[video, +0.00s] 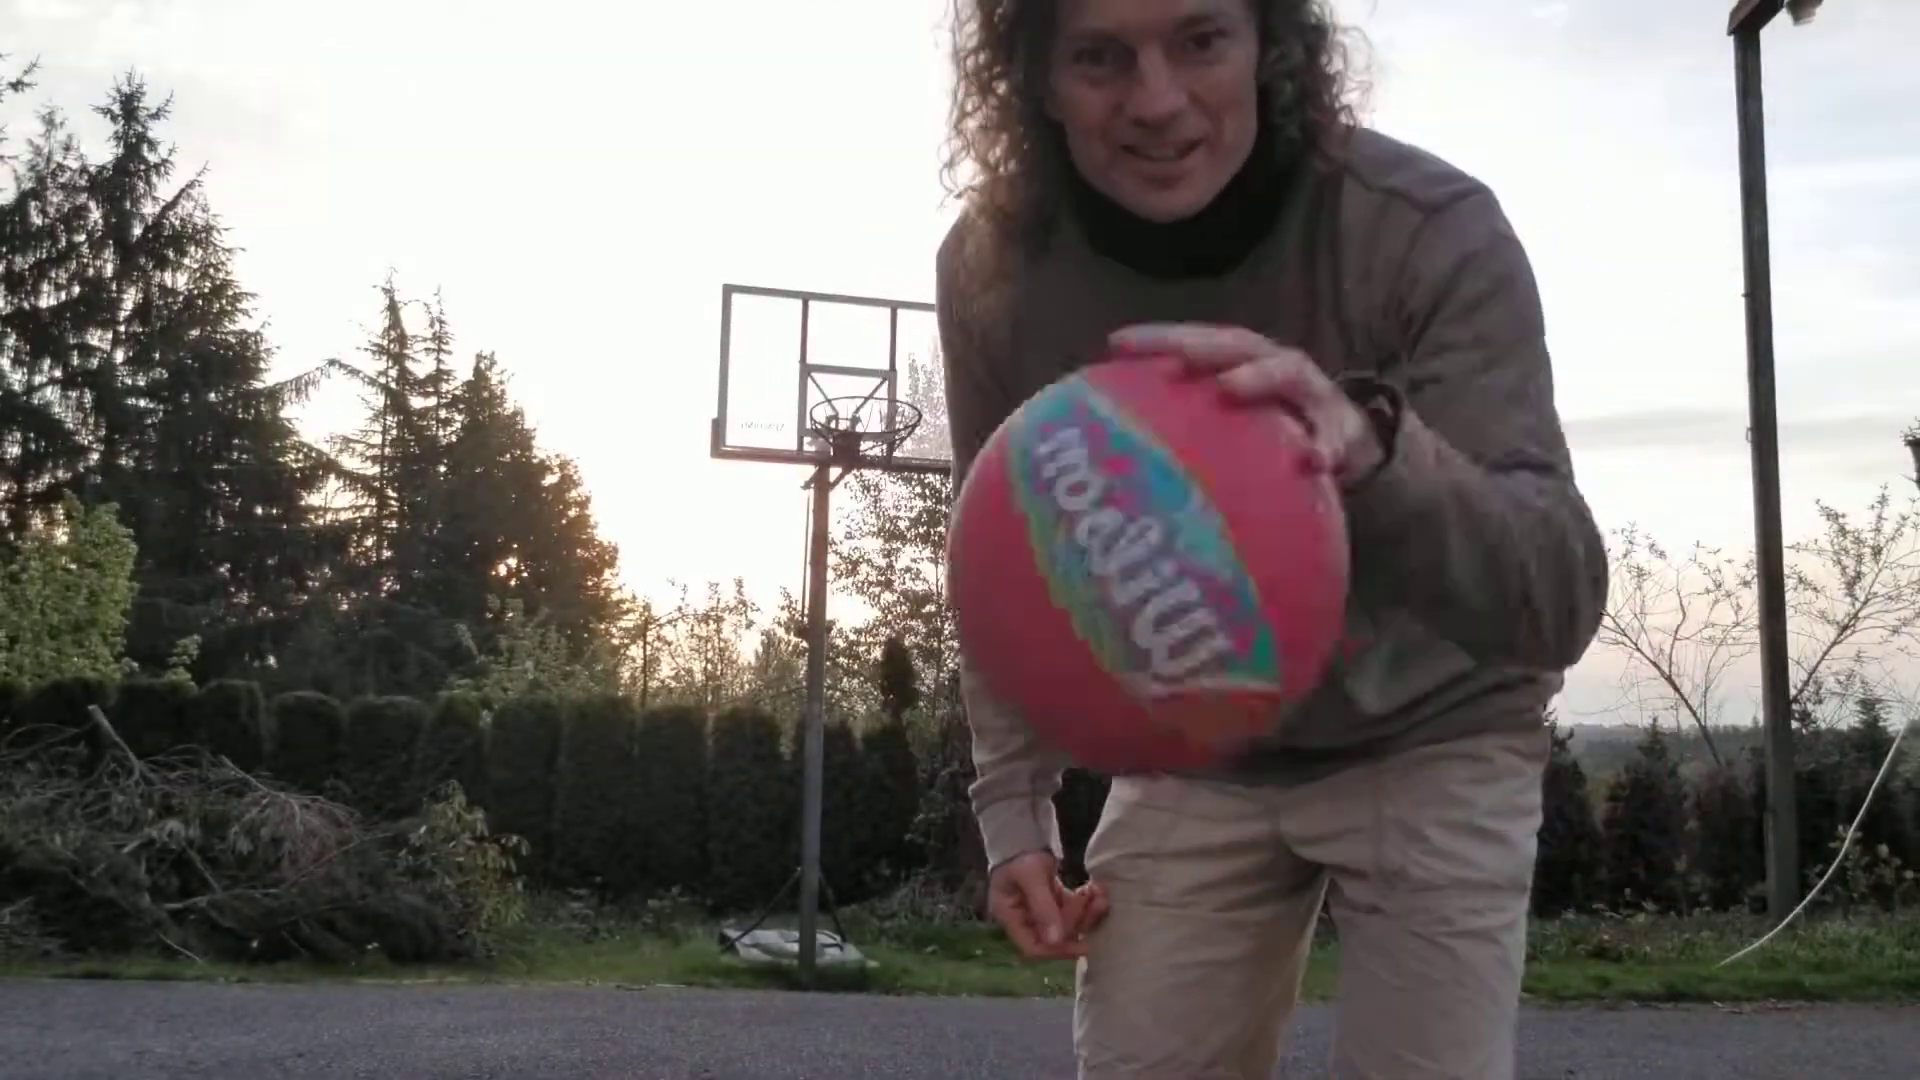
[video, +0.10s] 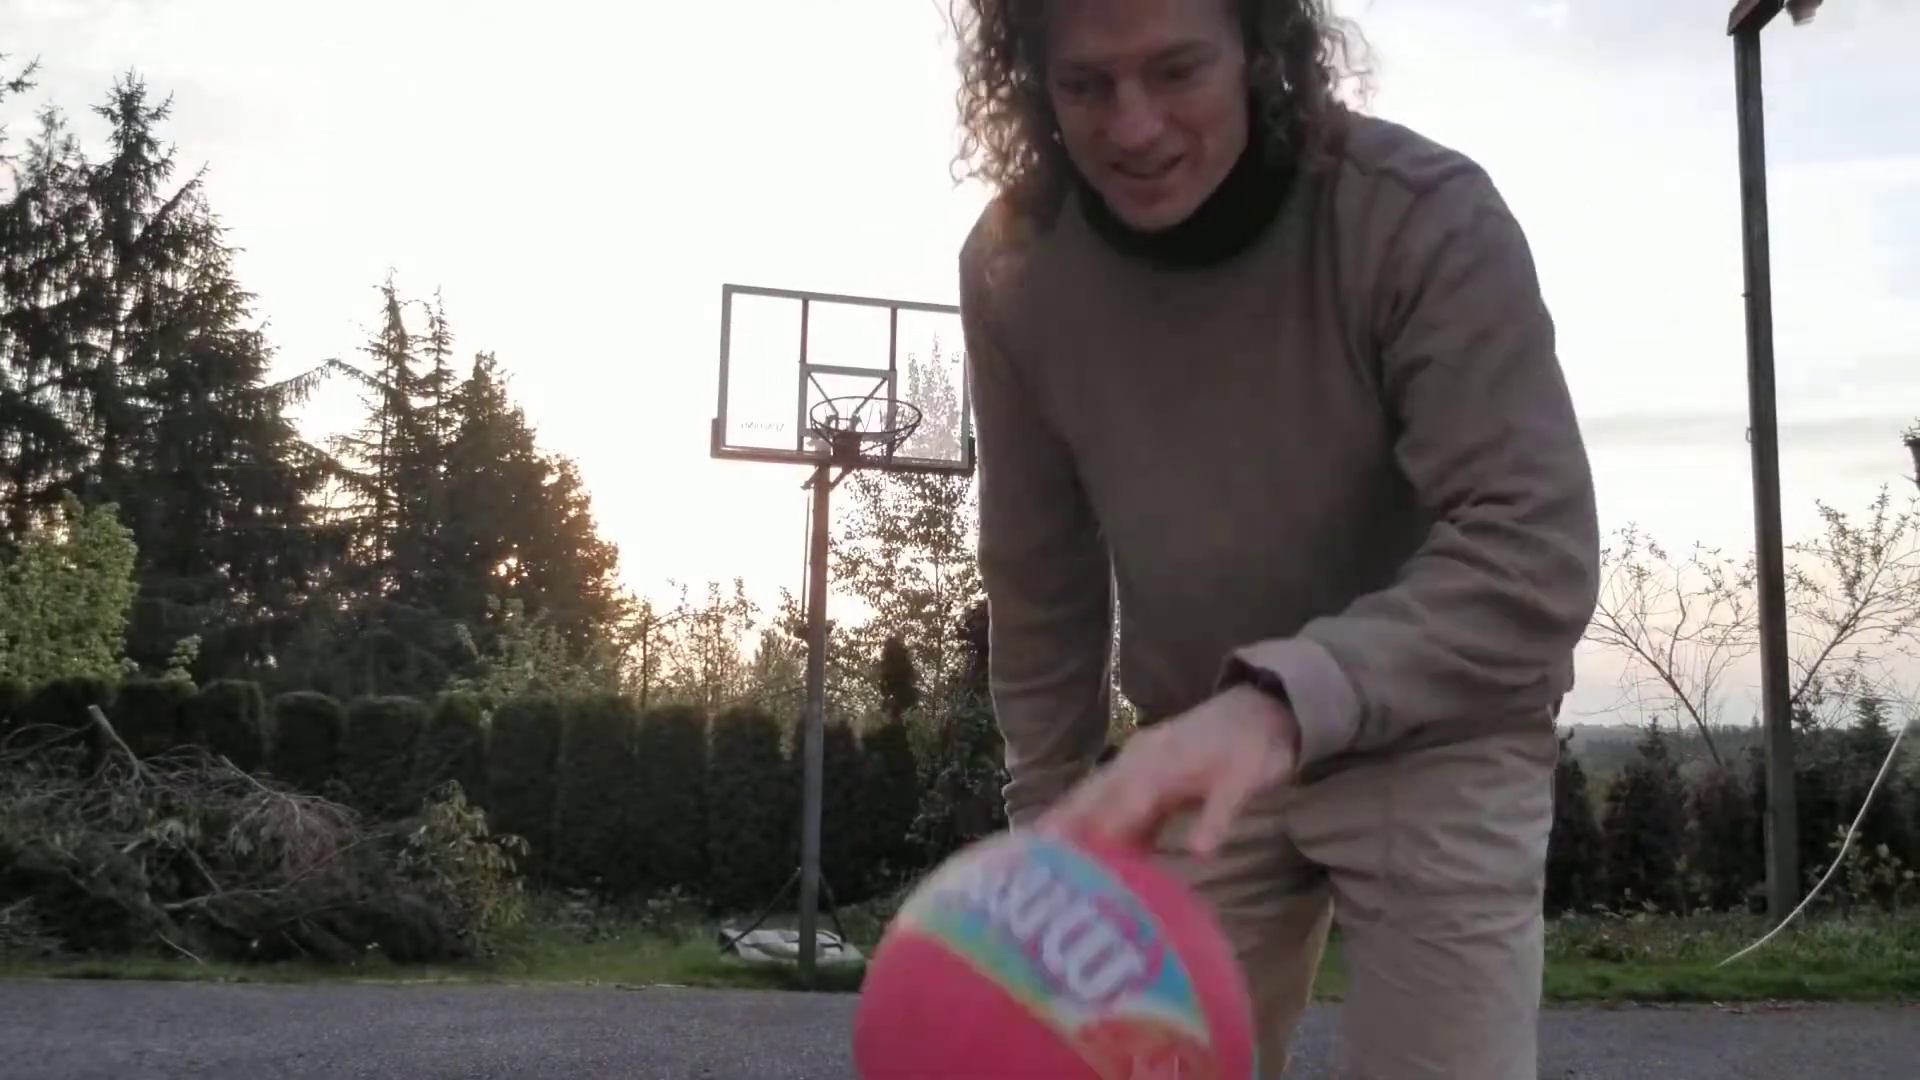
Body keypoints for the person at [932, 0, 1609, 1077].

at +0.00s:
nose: (1158, 105)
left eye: (1201, 41)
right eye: (1100, 58)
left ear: (1272, 43)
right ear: (1036, 79)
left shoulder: (1428, 231)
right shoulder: (998, 264)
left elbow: (1557, 595)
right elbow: (1002, 567)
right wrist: (1015, 812)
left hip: (1438, 751)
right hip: (1184, 763)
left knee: (1427, 1058)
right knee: (1137, 1057)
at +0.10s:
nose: (1135, 130)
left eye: (1178, 71)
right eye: (1087, 85)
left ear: (1259, 51)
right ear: (1039, 88)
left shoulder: (1419, 218)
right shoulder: (1020, 266)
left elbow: (1528, 554)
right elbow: (1039, 589)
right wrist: (1050, 852)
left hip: (1441, 757)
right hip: (1192, 770)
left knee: (1443, 1061)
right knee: (1166, 1065)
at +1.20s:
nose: (1148, 293)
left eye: (1175, 259)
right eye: (1123, 266)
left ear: (1253, 238)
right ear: (1102, 267)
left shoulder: (1409, 348)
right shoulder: (1106, 425)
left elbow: (1527, 575)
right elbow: (1083, 630)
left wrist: (1536, 763)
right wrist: (1006, 659)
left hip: (1408, 827)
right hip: (1206, 830)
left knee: (1441, 1067)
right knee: (1165, 1066)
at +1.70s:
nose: (1208, 246)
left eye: (1232, 211)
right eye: (1174, 221)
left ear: (1282, 211)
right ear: (1131, 234)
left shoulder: (1384, 355)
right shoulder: (1090, 399)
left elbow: (1475, 570)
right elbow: (1019, 627)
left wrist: (1547, 747)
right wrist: (989, 816)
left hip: (1360, 808)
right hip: (1163, 811)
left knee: (1392, 1064)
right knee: (1129, 1063)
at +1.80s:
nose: (1206, 237)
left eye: (1232, 202)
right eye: (1171, 209)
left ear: (1280, 201)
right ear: (1128, 220)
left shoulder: (1376, 341)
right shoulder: (1084, 391)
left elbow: (1457, 556)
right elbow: (1044, 613)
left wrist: (1516, 730)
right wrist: (1039, 779)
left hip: (1357, 802)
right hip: (1160, 806)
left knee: (1394, 1064)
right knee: (1122, 1063)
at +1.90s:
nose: (1198, 223)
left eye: (1223, 188)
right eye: (1164, 195)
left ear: (1271, 192)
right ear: (1119, 209)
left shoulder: (1371, 328)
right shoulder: (1072, 382)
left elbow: (1448, 543)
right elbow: (1061, 589)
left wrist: (1494, 728)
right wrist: (1055, 690)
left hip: (1354, 797)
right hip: (1153, 801)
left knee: (1396, 1064)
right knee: (1126, 1066)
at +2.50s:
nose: (1194, 74)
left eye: (1228, 32)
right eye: (1150, 38)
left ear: (1280, 44)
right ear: (1092, 57)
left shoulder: (1370, 212)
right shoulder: (1033, 272)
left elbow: (1443, 472)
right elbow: (979, 545)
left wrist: (1529, 652)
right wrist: (1029, 713)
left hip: (1358, 763)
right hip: (1127, 770)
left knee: (1428, 1060)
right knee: (1087, 1060)